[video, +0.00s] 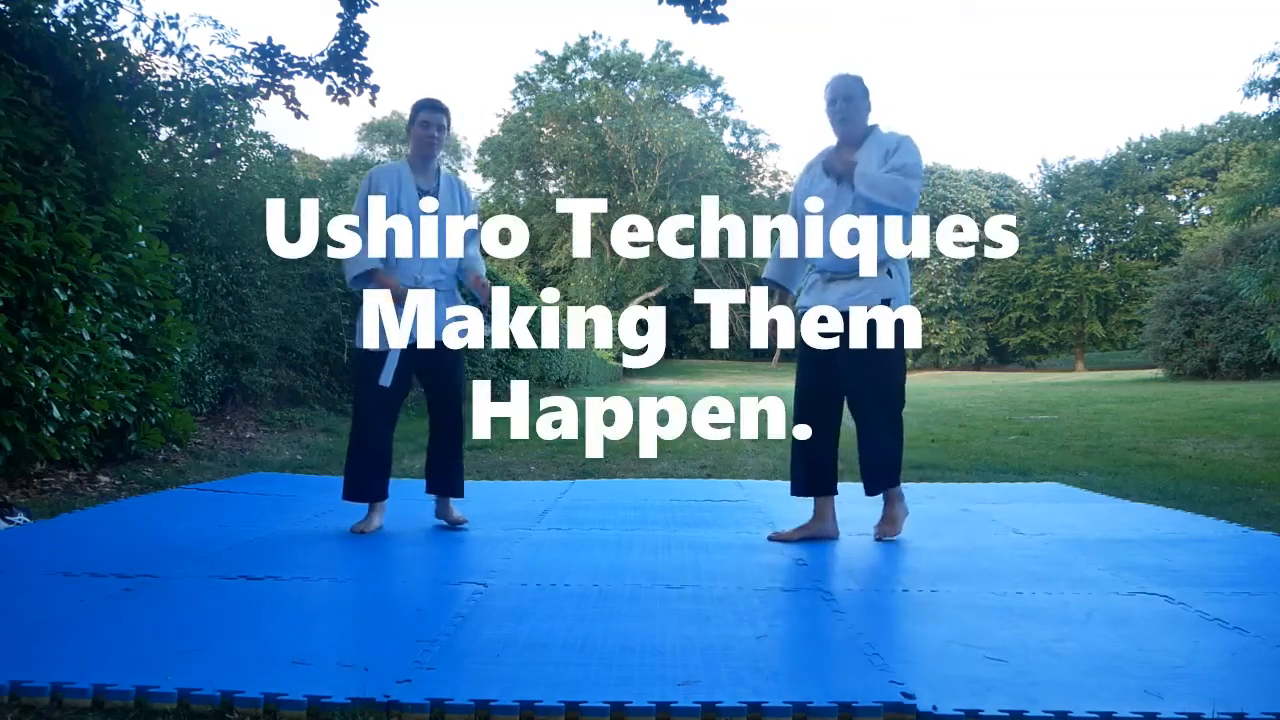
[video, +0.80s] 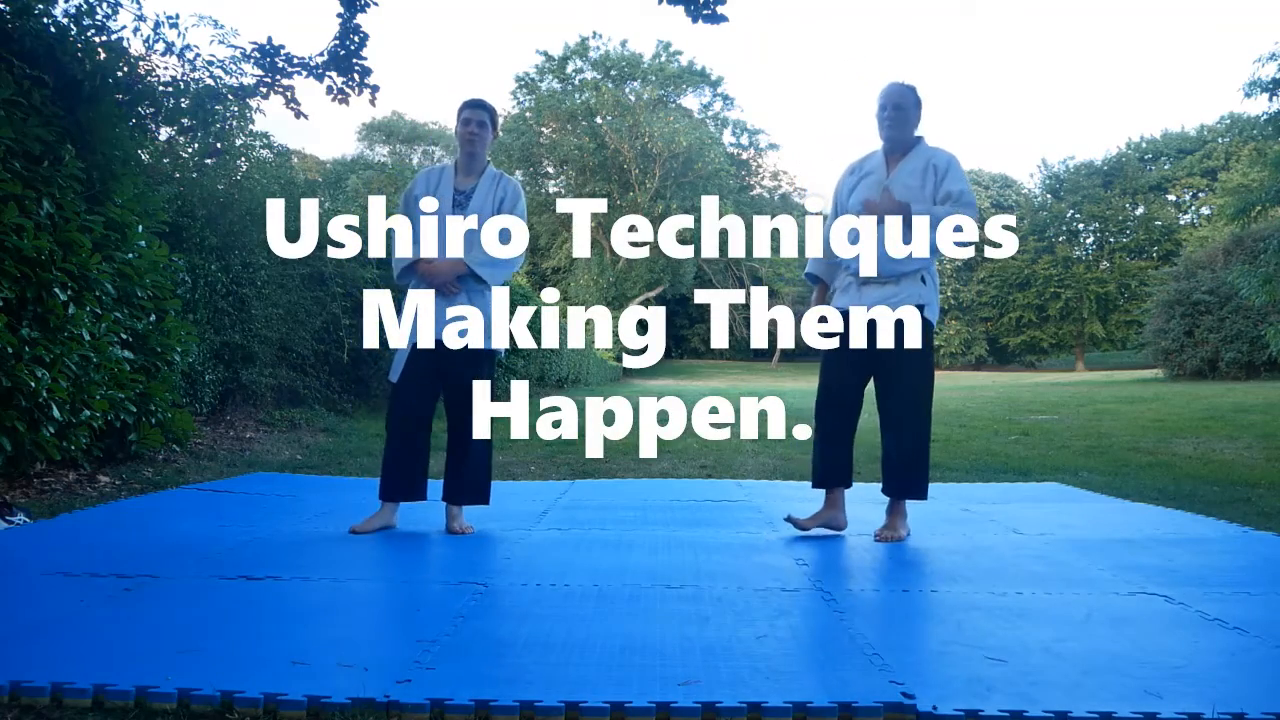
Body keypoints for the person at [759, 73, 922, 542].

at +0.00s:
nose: (841, 109)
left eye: (849, 100)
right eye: (833, 103)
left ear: (868, 104)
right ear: (825, 110)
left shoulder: (896, 147)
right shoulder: (813, 170)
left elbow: (905, 195)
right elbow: (793, 232)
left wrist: (853, 167)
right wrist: (776, 289)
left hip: (878, 299)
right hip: (819, 302)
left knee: (877, 406)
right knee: (815, 409)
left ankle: (893, 501)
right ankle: (823, 516)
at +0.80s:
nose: (889, 117)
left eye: (898, 110)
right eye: (883, 110)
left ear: (918, 116)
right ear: (875, 117)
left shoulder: (940, 163)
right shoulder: (855, 172)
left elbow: (963, 221)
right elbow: (832, 242)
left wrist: (900, 212)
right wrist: (818, 300)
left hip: (907, 302)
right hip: (849, 303)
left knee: (902, 409)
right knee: (834, 405)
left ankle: (897, 513)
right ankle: (833, 507)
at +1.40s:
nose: (844, 139)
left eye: (851, 130)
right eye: (837, 132)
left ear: (870, 127)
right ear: (829, 134)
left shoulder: (904, 170)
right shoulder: (825, 184)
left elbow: (925, 237)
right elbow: (807, 244)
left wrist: (888, 277)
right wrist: (799, 283)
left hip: (882, 310)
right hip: (828, 310)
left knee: (884, 409)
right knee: (820, 407)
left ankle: (895, 514)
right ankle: (829, 506)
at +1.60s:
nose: (828, 148)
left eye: (834, 139)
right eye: (821, 141)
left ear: (854, 131)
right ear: (814, 139)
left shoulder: (890, 171)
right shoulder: (807, 186)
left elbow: (914, 233)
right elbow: (792, 242)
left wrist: (887, 281)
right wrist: (791, 282)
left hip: (871, 307)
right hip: (818, 308)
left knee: (871, 409)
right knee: (818, 407)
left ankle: (885, 508)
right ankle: (828, 507)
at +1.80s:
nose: (821, 149)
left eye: (828, 139)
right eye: (814, 141)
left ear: (847, 131)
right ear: (808, 139)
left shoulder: (882, 171)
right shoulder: (799, 185)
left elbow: (907, 230)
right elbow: (783, 239)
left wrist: (887, 277)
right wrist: (784, 284)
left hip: (867, 304)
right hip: (814, 306)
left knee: (864, 406)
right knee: (816, 405)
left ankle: (866, 508)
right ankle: (828, 506)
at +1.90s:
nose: (820, 148)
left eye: (826, 139)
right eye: (813, 141)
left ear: (846, 130)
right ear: (806, 139)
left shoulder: (880, 170)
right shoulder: (796, 187)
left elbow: (905, 231)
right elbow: (782, 250)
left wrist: (888, 280)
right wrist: (786, 300)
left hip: (867, 304)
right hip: (813, 308)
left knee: (863, 407)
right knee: (816, 406)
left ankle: (865, 508)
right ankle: (828, 506)